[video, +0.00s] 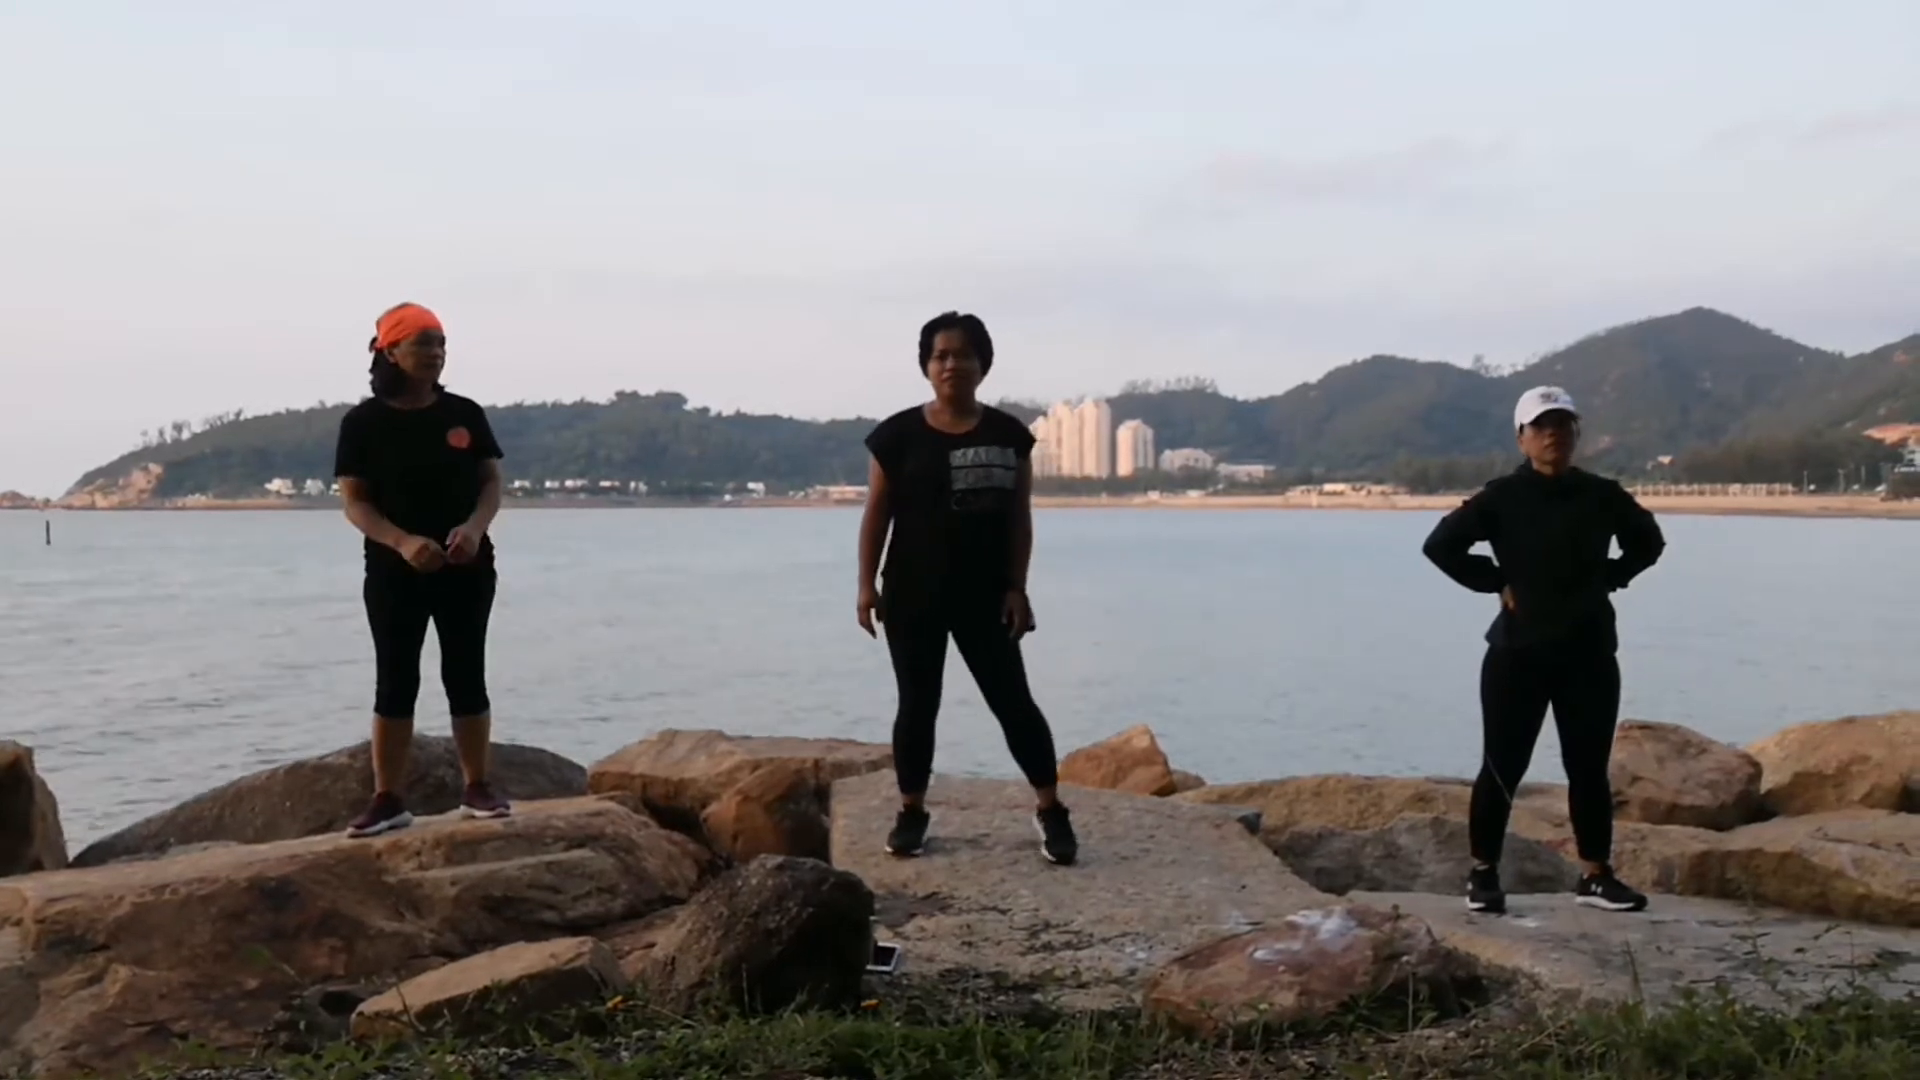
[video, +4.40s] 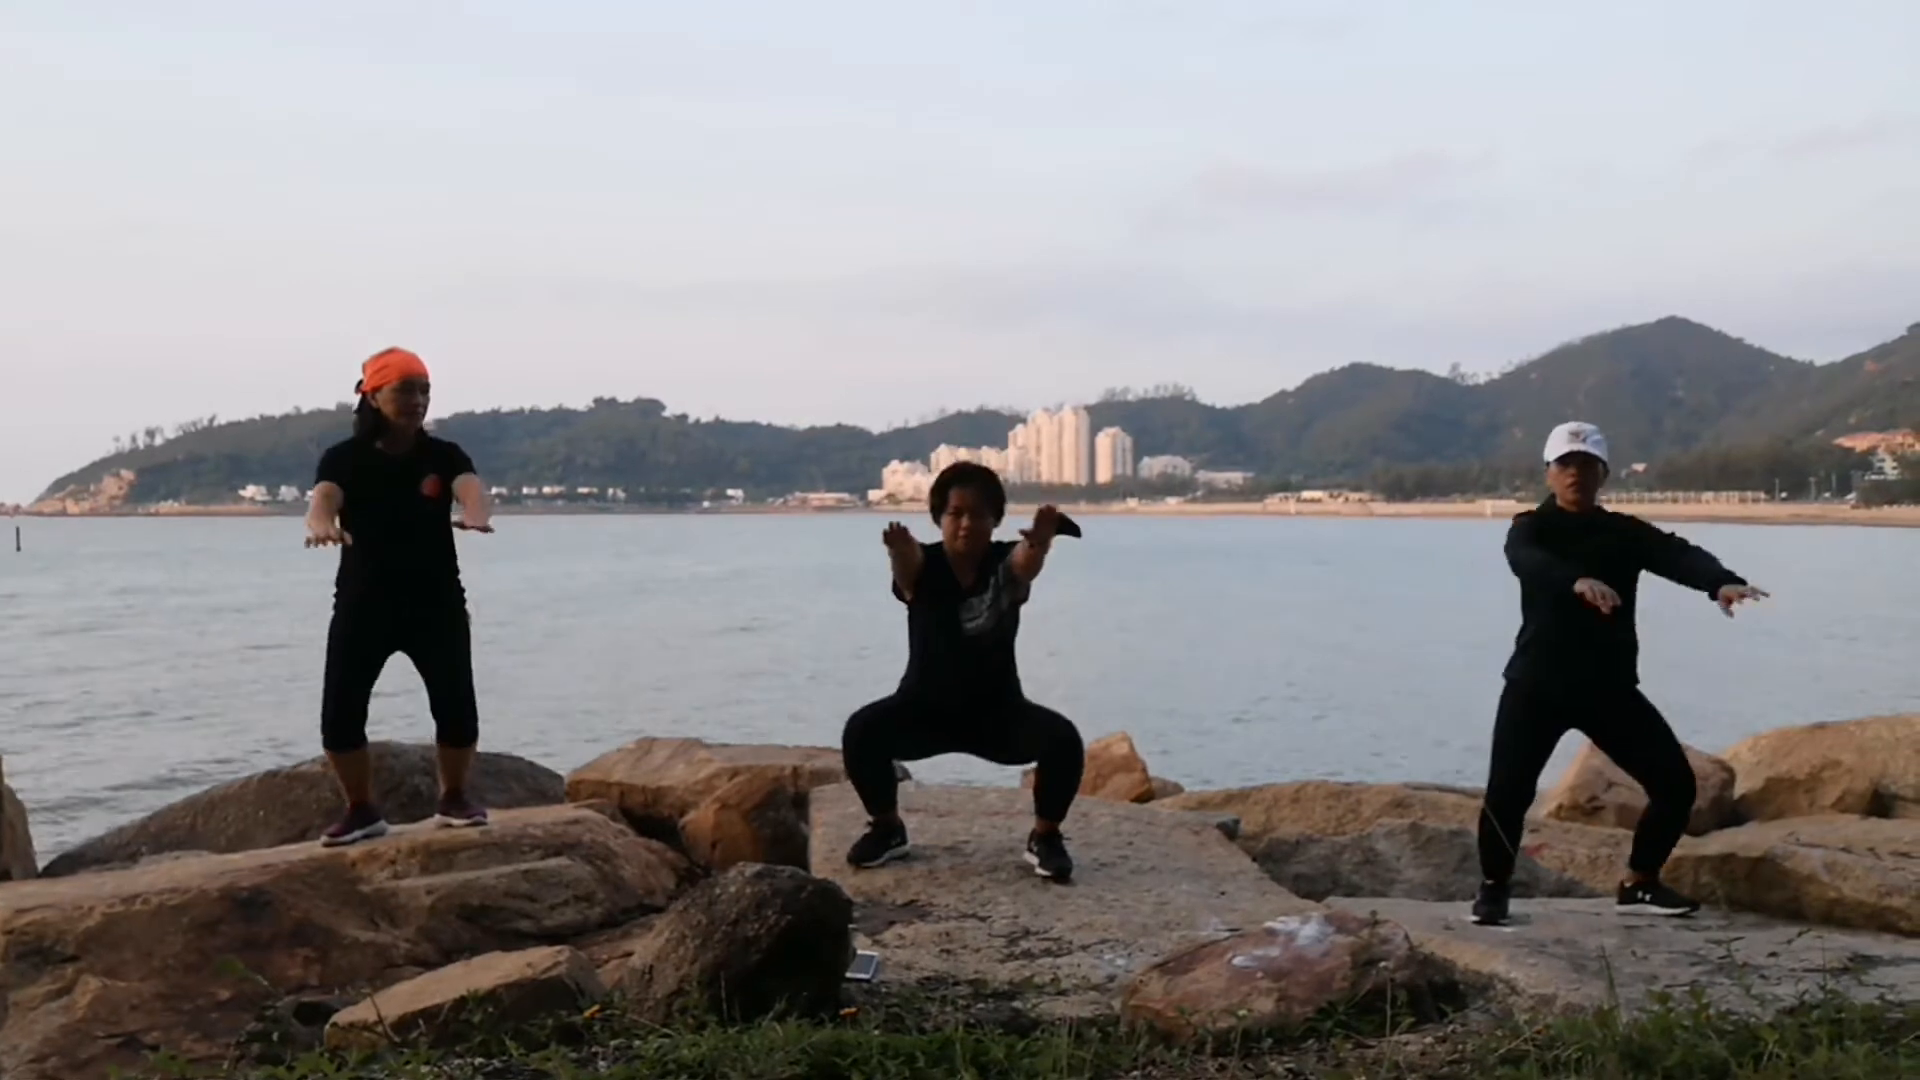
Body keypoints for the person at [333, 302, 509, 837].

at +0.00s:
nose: (437, 351)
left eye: (440, 342)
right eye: (424, 343)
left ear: (445, 349)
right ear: (391, 353)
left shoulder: (465, 414)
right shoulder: (361, 423)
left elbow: (492, 482)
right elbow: (354, 505)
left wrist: (476, 525)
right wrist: (402, 540)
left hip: (465, 570)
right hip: (395, 573)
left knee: (467, 681)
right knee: (395, 686)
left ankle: (477, 789)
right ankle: (387, 798)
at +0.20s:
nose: (435, 352)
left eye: (438, 342)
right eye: (422, 344)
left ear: (442, 349)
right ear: (389, 353)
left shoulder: (463, 415)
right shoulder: (360, 425)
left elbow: (491, 490)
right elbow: (345, 511)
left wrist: (490, 550)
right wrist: (360, 572)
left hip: (460, 573)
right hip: (393, 579)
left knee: (466, 683)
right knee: (393, 690)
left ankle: (476, 789)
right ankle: (386, 799)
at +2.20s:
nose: (429, 357)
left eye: (433, 347)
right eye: (417, 348)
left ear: (438, 353)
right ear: (384, 356)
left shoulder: (458, 418)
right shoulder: (354, 425)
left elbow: (486, 492)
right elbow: (337, 507)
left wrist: (498, 554)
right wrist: (341, 578)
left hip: (456, 574)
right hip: (386, 578)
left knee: (457, 683)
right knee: (385, 691)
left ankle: (468, 790)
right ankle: (376, 802)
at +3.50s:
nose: (423, 358)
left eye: (428, 349)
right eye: (411, 349)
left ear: (433, 355)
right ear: (379, 355)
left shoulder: (451, 424)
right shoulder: (345, 427)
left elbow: (486, 488)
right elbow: (307, 500)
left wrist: (521, 546)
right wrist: (265, 566)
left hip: (445, 578)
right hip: (375, 582)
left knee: (448, 687)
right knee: (375, 694)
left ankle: (459, 794)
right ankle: (369, 805)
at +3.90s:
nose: (411, 358)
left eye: (418, 349)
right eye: (399, 349)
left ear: (426, 356)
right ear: (370, 356)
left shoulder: (448, 424)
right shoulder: (342, 428)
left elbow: (468, 500)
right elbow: (330, 511)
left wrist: (465, 558)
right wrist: (344, 578)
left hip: (439, 579)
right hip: (371, 583)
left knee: (445, 689)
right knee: (371, 696)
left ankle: (456, 796)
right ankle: (366, 805)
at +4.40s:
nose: (416, 398)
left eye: (422, 389)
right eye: (403, 389)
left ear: (429, 395)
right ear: (373, 396)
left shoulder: (443, 453)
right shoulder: (345, 457)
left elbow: (470, 485)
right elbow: (326, 494)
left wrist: (475, 512)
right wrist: (321, 520)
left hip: (436, 609)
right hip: (363, 611)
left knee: (457, 711)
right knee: (340, 718)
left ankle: (453, 799)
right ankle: (361, 810)